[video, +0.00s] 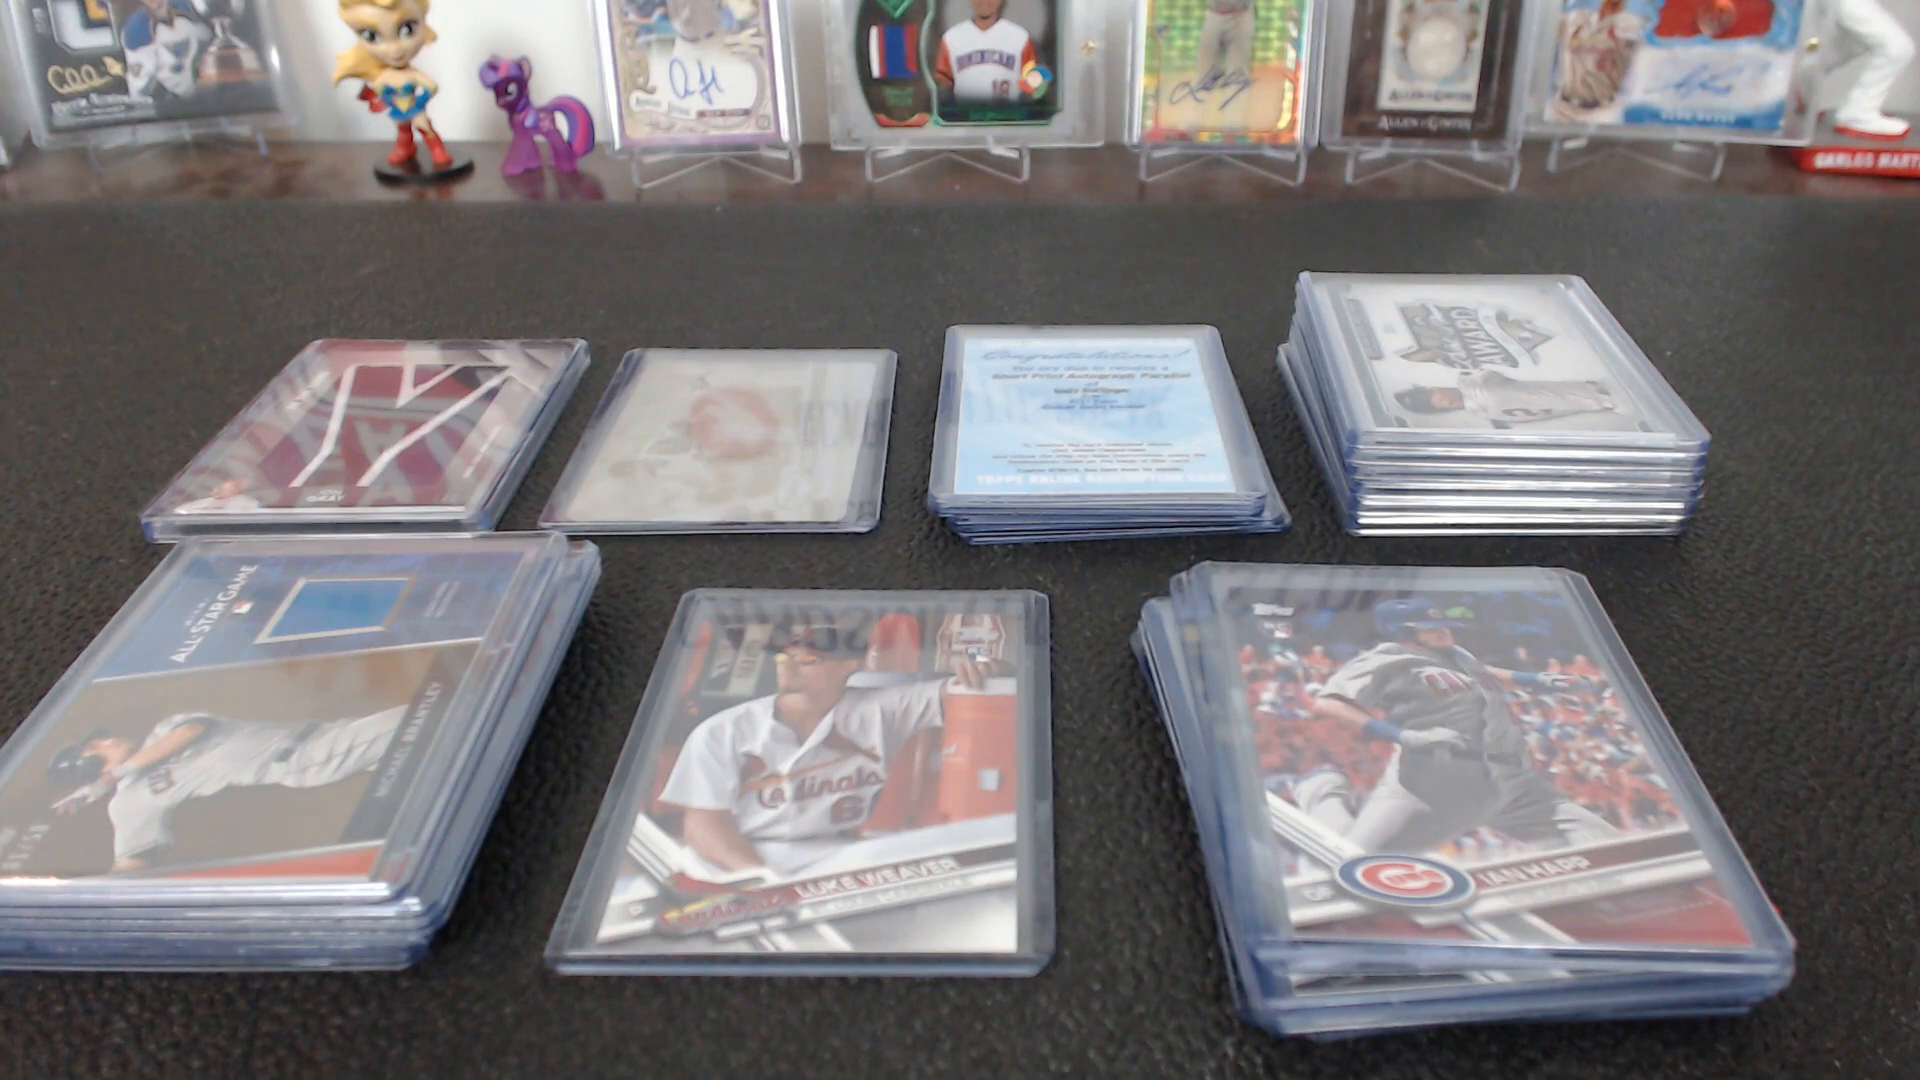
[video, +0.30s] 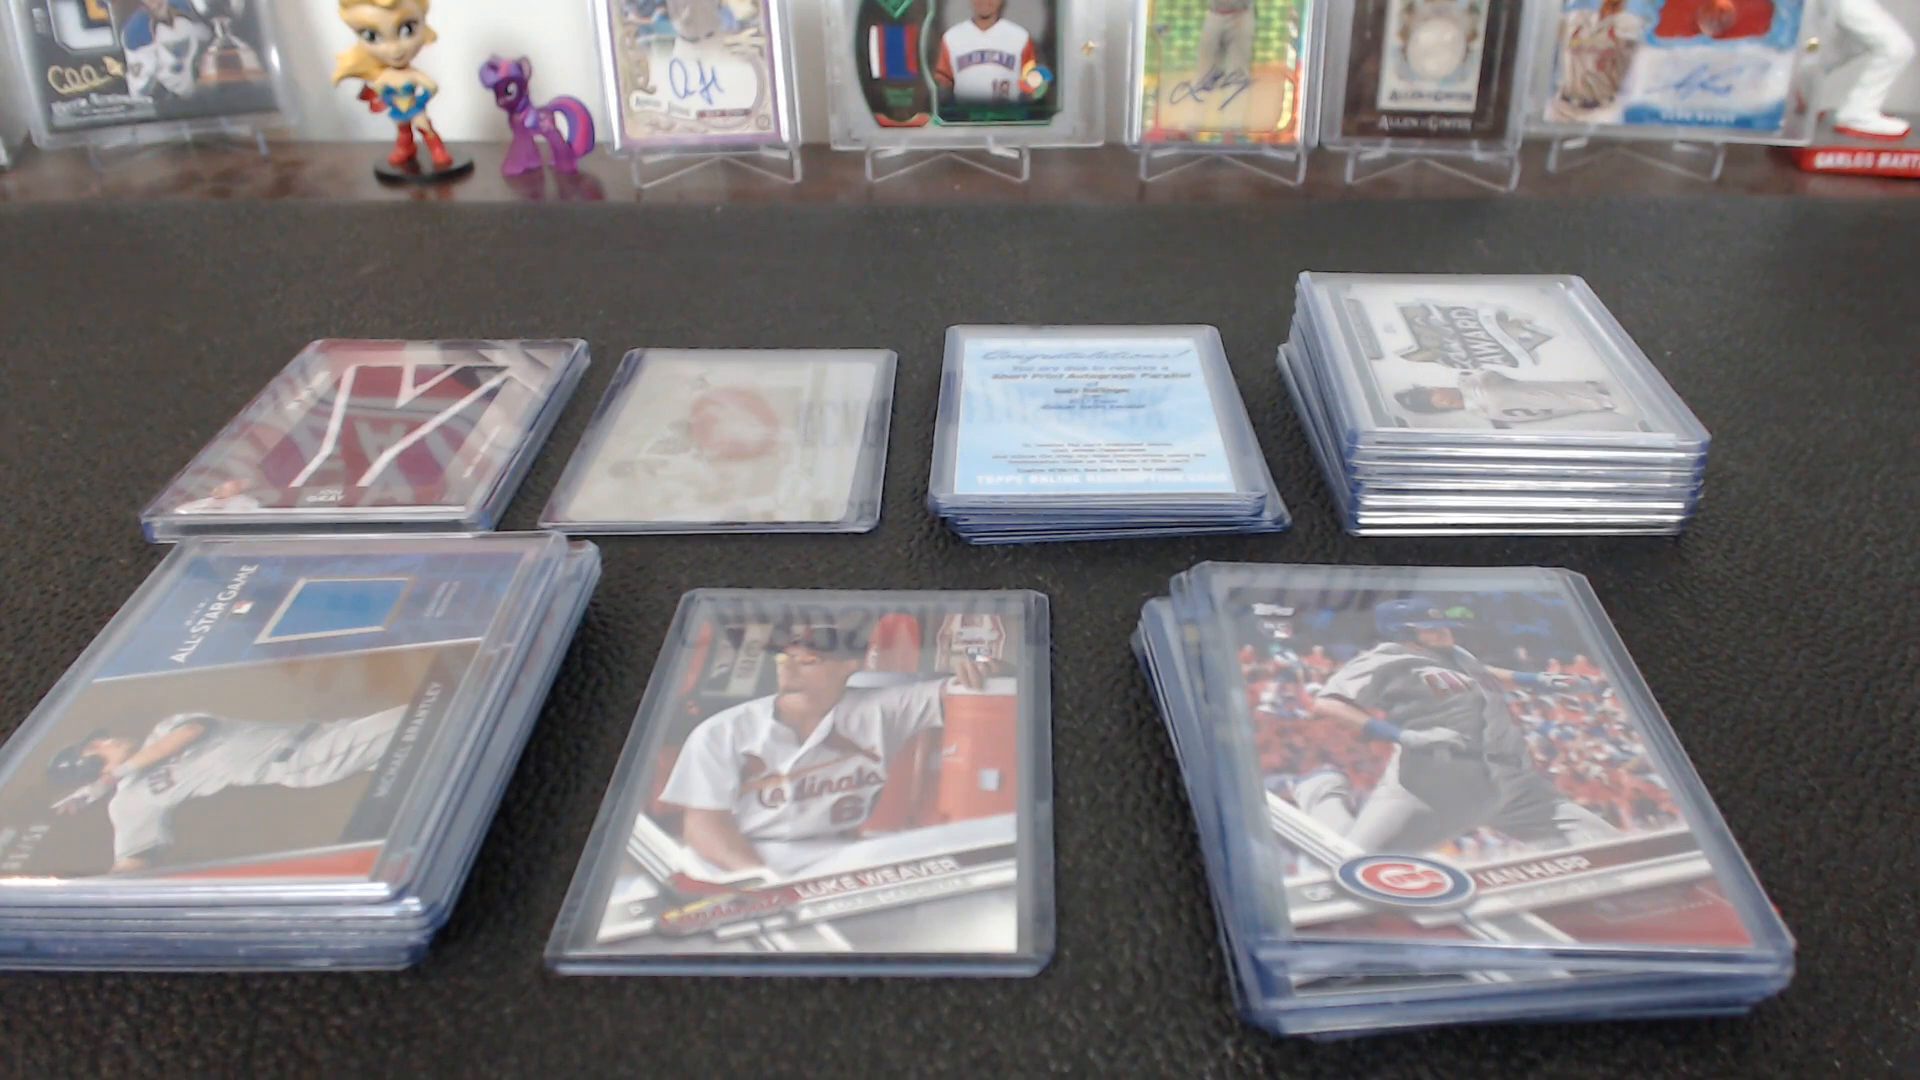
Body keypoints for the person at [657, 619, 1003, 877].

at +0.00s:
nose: (797, 657)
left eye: (818, 647)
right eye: (789, 644)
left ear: (853, 664)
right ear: (776, 655)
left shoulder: (875, 716)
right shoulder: (720, 735)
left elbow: (954, 691)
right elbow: (703, 828)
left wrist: (973, 674)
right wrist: (767, 883)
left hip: (827, 866)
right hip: (730, 870)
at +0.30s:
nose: (795, 658)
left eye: (817, 648)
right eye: (788, 646)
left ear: (853, 664)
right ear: (776, 656)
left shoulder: (875, 715)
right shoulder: (720, 735)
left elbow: (955, 690)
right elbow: (703, 828)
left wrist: (972, 672)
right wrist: (766, 883)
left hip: (827, 866)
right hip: (730, 870)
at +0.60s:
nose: (793, 660)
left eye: (815, 651)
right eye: (786, 648)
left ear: (853, 665)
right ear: (775, 658)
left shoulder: (875, 715)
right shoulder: (720, 735)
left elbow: (958, 690)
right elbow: (703, 829)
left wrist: (974, 672)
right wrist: (768, 884)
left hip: (827, 869)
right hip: (728, 873)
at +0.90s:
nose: (793, 660)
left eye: (814, 650)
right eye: (785, 648)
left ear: (852, 664)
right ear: (775, 657)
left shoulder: (875, 715)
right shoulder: (720, 736)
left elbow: (957, 690)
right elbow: (703, 829)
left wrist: (974, 672)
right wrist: (768, 884)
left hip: (827, 868)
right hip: (728, 872)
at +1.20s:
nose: (792, 660)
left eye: (814, 650)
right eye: (785, 647)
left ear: (853, 664)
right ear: (775, 657)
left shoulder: (875, 714)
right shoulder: (720, 735)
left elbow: (956, 691)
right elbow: (703, 829)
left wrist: (974, 672)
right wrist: (767, 884)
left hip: (827, 868)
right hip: (728, 872)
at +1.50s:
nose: (793, 660)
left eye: (814, 650)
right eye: (786, 648)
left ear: (853, 664)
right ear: (775, 657)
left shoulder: (875, 714)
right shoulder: (720, 736)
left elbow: (957, 690)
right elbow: (703, 829)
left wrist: (973, 672)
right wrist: (768, 884)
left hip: (827, 868)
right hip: (729, 871)